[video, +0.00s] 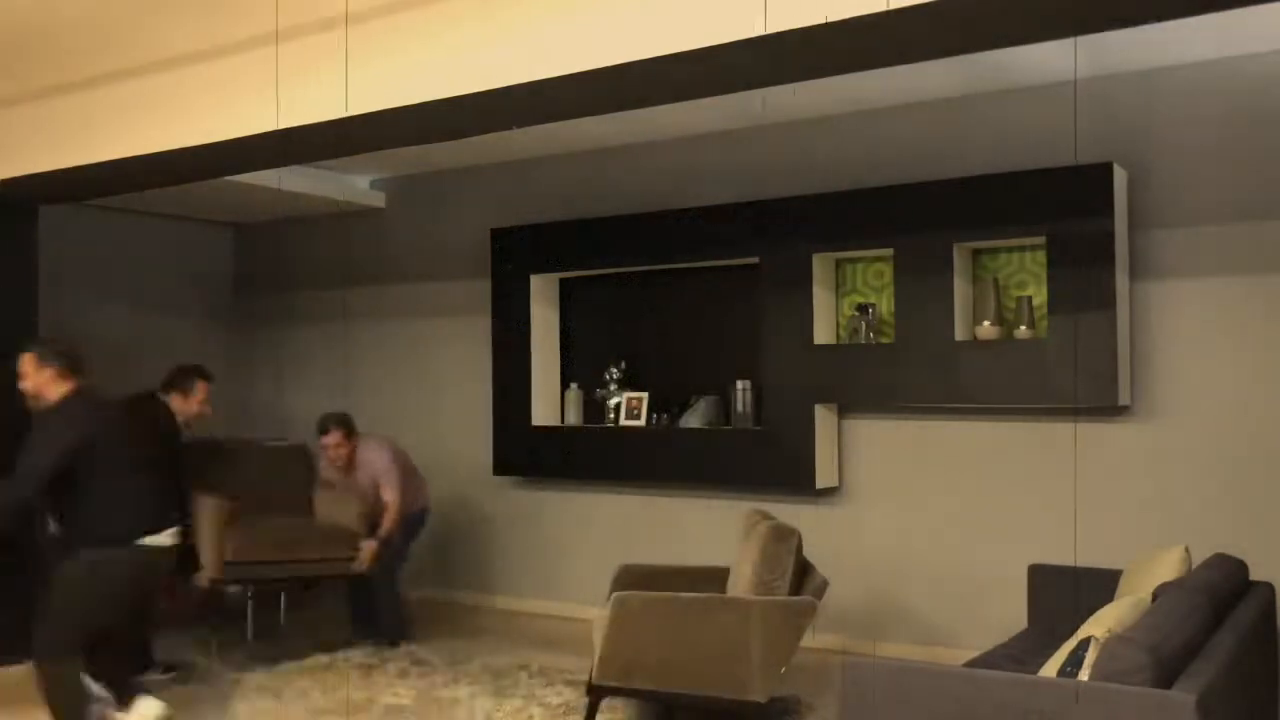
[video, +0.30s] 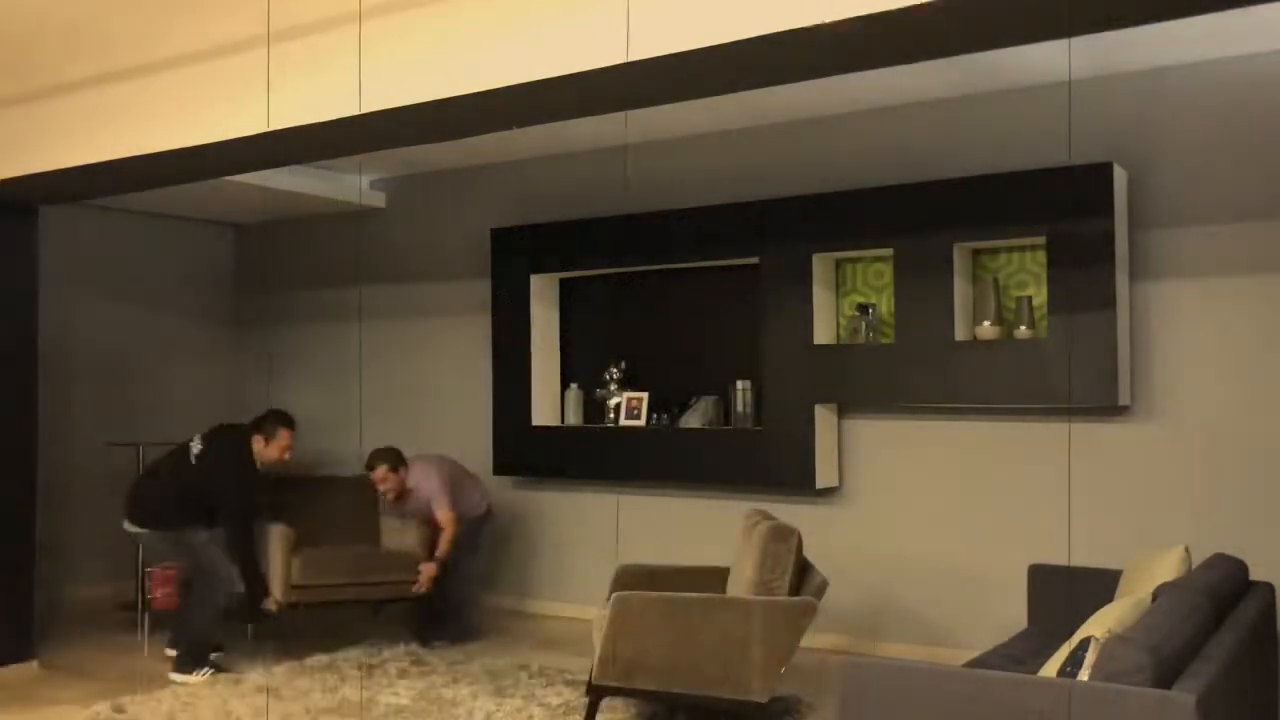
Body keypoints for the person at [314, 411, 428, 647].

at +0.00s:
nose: (333, 454)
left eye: (339, 446)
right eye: (326, 448)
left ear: (353, 442)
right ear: (320, 448)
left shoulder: (378, 455)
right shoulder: (327, 465)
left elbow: (393, 505)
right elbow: (328, 509)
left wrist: (377, 542)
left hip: (408, 508)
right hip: (372, 510)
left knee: (382, 567)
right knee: (357, 565)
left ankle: (392, 635)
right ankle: (364, 632)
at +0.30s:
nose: (380, 489)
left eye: (384, 481)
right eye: (377, 483)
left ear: (400, 472)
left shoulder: (430, 477)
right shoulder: (393, 497)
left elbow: (450, 525)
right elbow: (424, 522)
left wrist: (436, 563)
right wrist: (425, 561)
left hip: (472, 513)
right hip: (436, 515)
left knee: (456, 572)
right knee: (433, 570)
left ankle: (458, 631)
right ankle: (431, 630)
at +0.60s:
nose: (419, 492)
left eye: (422, 483)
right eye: (416, 486)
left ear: (438, 475)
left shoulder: (463, 481)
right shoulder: (441, 497)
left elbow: (476, 529)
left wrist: (459, 568)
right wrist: (448, 570)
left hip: (524, 517)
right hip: (497, 522)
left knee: (498, 569)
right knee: (474, 571)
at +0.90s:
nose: (452, 464)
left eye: (454, 456)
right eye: (450, 458)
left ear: (473, 450)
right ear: (473, 450)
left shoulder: (498, 461)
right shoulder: (479, 474)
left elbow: (496, 515)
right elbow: (493, 519)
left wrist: (467, 558)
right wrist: (464, 563)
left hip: (560, 514)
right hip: (527, 519)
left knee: (521, 564)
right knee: (500, 566)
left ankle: (538, 648)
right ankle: (508, 638)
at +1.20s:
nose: (463, 485)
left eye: (463, 477)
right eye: (461, 478)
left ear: (478, 470)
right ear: (482, 468)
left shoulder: (495, 483)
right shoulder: (508, 475)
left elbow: (486, 544)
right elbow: (516, 542)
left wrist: (450, 583)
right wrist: (509, 583)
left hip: (578, 526)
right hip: (596, 519)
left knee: (527, 588)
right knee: (549, 591)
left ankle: (536, 666)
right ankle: (568, 657)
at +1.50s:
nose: (459, 514)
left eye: (458, 505)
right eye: (457, 507)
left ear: (472, 498)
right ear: (482, 493)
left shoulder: (484, 505)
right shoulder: (506, 497)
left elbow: (485, 561)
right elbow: (505, 564)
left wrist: (450, 591)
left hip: (570, 548)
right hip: (590, 542)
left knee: (505, 596)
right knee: (534, 599)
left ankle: (533, 669)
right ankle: (570, 660)